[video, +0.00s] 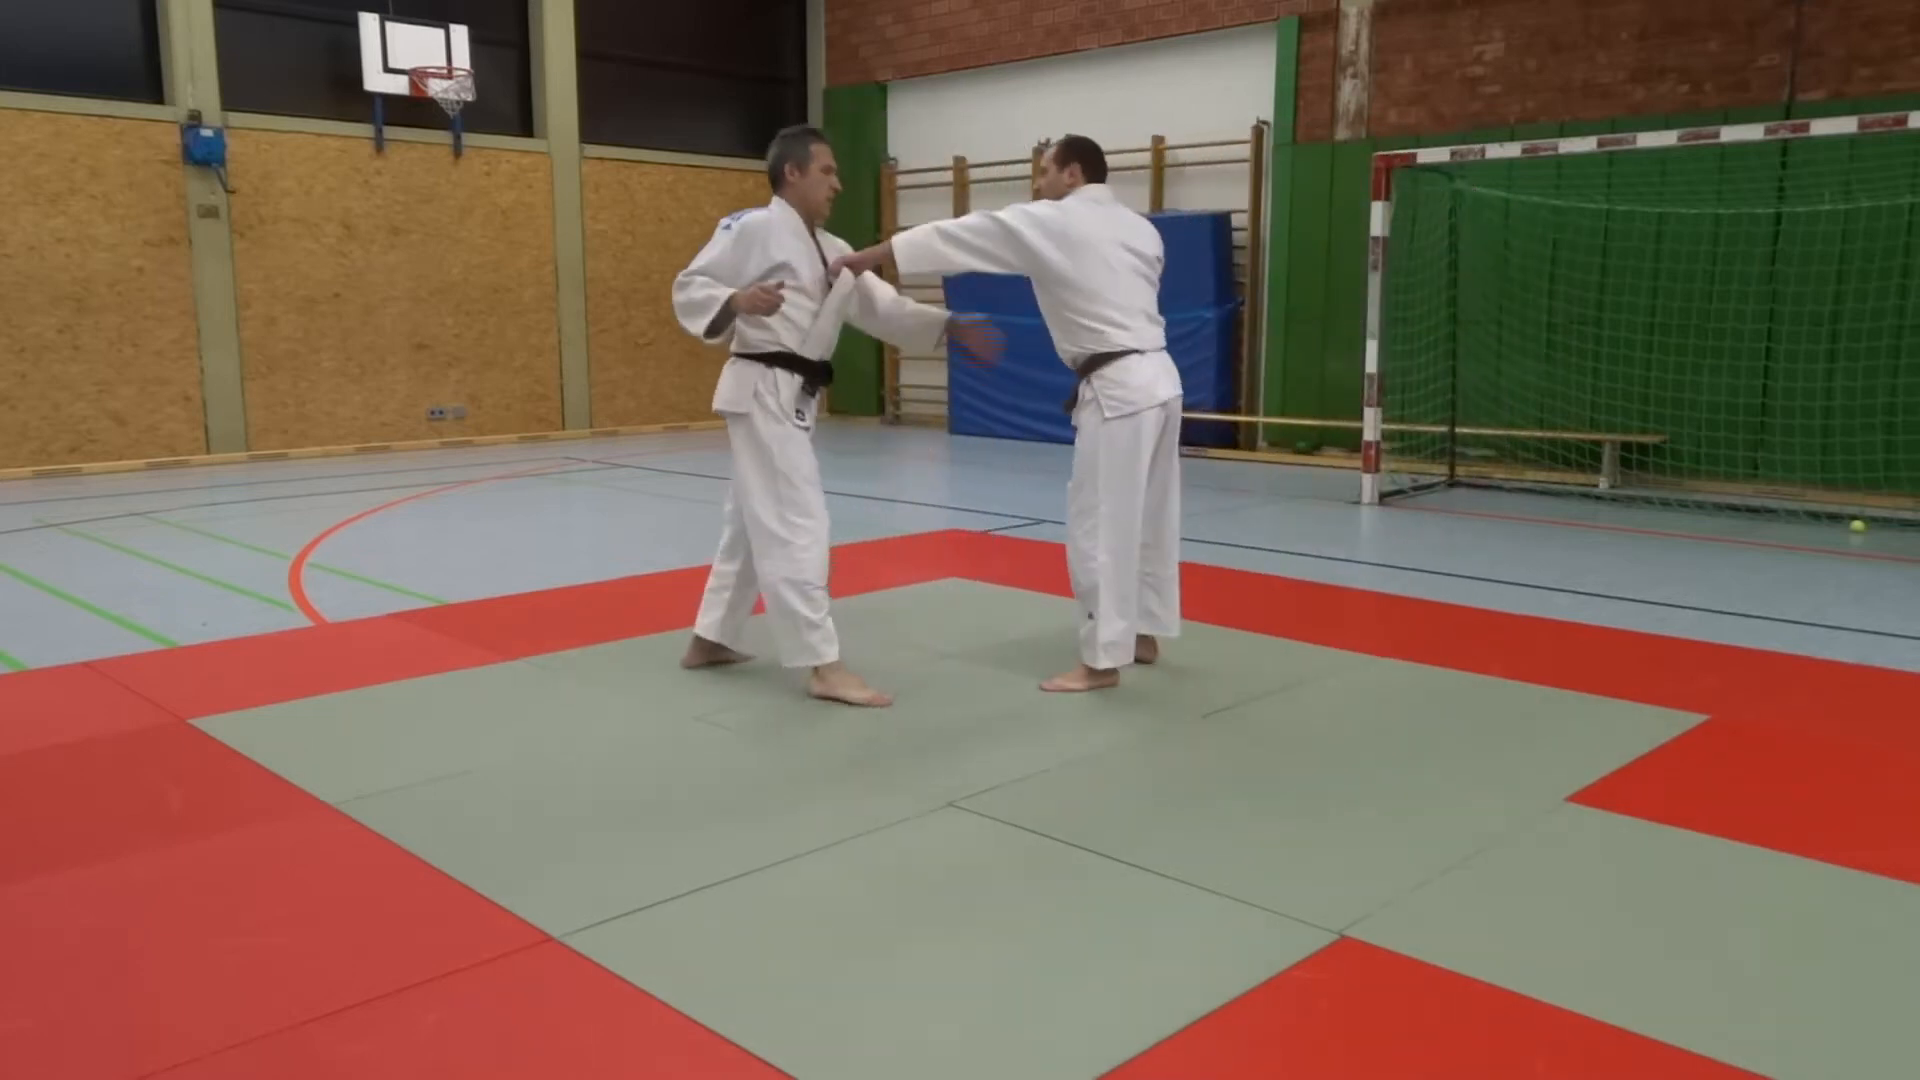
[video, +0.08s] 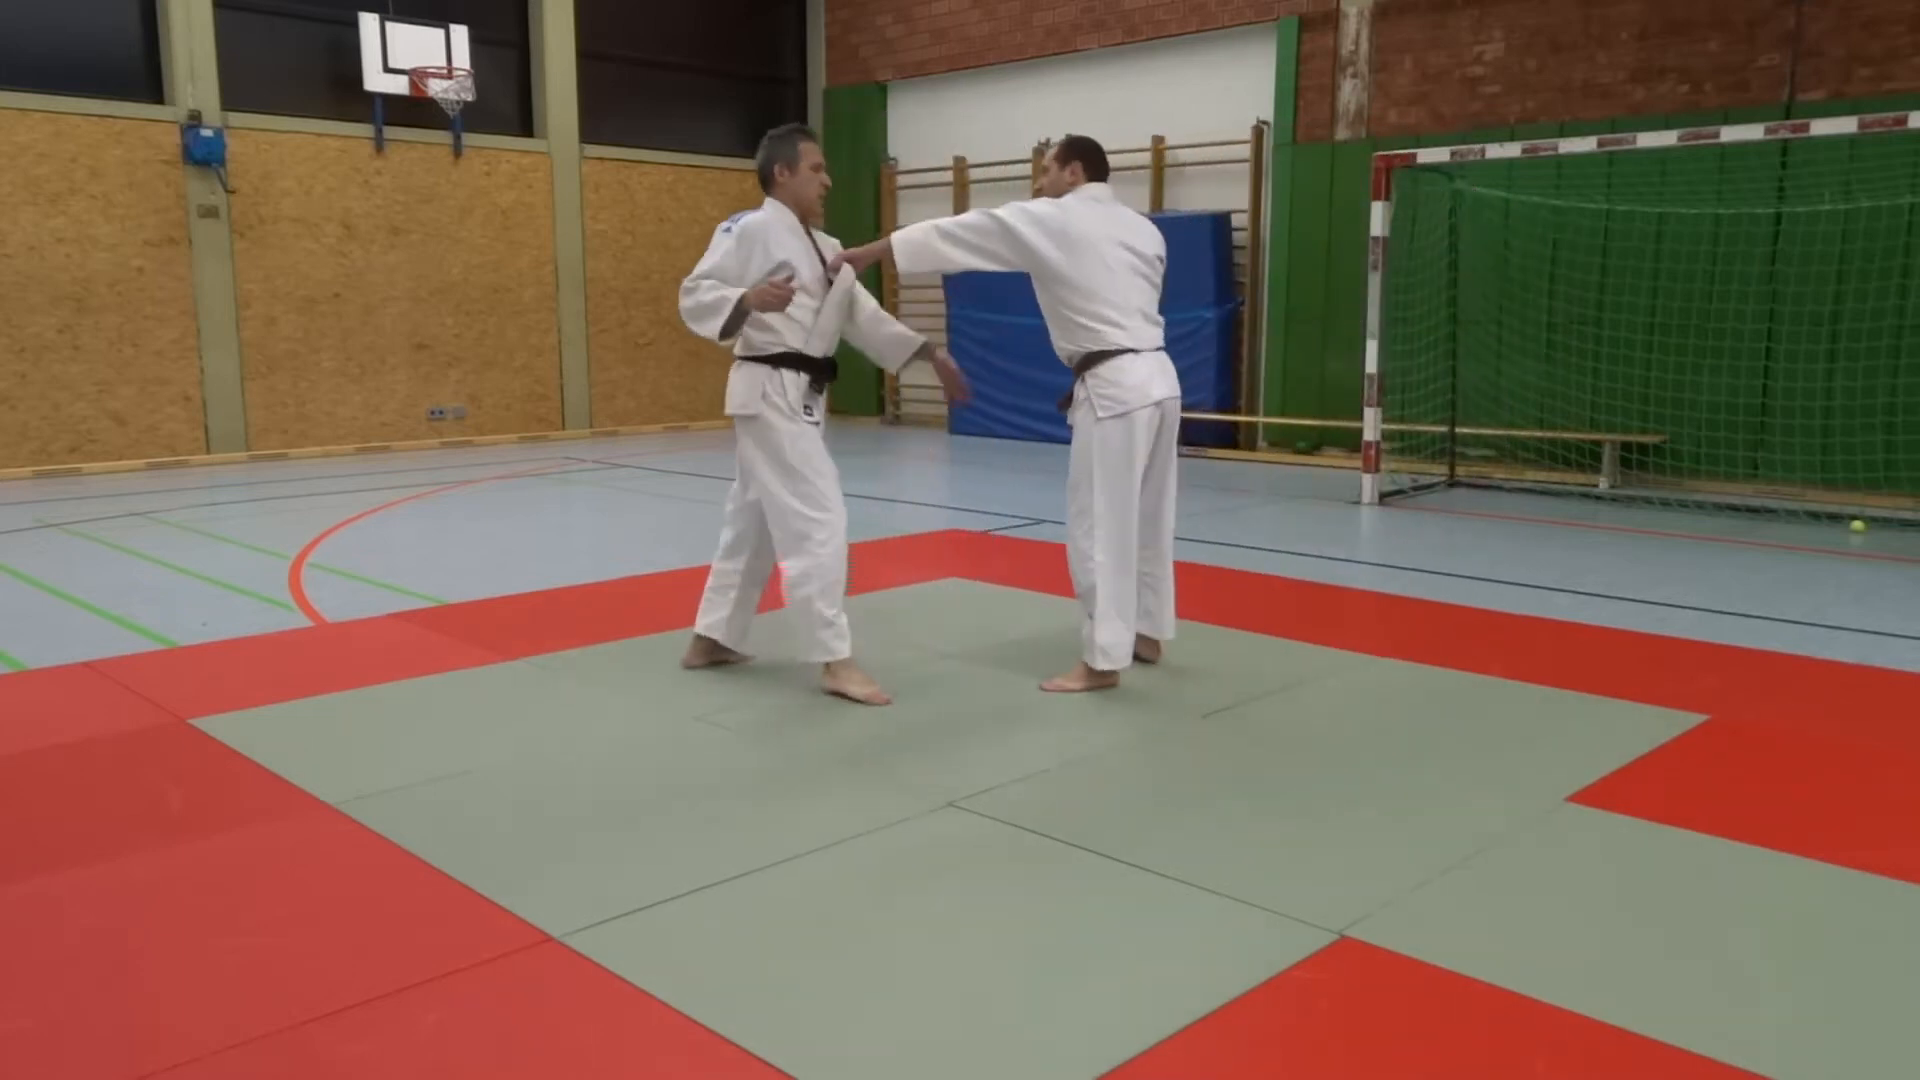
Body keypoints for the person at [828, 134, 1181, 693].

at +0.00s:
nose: (1037, 185)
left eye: (1042, 175)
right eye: (1038, 175)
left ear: (1073, 173)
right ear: (1091, 176)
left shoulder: (1051, 220)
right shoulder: (1139, 226)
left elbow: (958, 235)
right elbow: (1137, 305)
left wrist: (869, 256)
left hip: (1117, 387)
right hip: (1162, 381)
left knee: (1096, 521)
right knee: (1150, 517)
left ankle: (1101, 661)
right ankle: (1143, 635)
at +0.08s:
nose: (1039, 184)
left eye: (1044, 173)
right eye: (1041, 174)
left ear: (1073, 171)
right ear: (1095, 174)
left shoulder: (1051, 216)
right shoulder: (1143, 227)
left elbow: (957, 231)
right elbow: (1136, 314)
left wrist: (868, 252)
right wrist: (1085, 379)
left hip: (1114, 387)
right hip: (1162, 381)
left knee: (1097, 521)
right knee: (1151, 517)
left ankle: (1102, 661)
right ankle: (1148, 635)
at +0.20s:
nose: (1043, 186)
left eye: (1048, 175)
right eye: (1045, 176)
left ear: (1075, 174)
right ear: (1100, 178)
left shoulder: (1053, 216)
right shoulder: (1144, 230)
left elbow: (956, 226)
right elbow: (1134, 314)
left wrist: (865, 256)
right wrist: (1082, 375)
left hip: (1108, 385)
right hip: (1159, 381)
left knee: (1094, 523)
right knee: (1152, 517)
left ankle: (1101, 662)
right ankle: (1154, 637)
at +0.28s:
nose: (1047, 186)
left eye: (1052, 175)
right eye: (1048, 176)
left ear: (1080, 175)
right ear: (1101, 178)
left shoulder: (1054, 216)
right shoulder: (1143, 232)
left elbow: (967, 222)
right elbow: (1136, 318)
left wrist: (875, 255)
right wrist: (1084, 376)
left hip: (1107, 385)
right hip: (1156, 380)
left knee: (1090, 524)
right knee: (1152, 519)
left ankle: (1098, 662)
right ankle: (1155, 638)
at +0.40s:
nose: (1047, 183)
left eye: (1054, 173)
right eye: (1049, 174)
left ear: (1082, 174)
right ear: (1099, 178)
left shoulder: (1058, 214)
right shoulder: (1133, 230)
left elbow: (982, 222)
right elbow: (1129, 314)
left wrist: (904, 236)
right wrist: (1084, 377)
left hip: (1109, 384)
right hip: (1153, 381)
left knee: (1094, 522)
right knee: (1151, 518)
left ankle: (1096, 660)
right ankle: (1157, 637)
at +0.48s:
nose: (1048, 182)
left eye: (1055, 172)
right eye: (1050, 173)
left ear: (1085, 174)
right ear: (1099, 177)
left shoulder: (1061, 215)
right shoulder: (1131, 228)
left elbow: (978, 225)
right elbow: (1128, 311)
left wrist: (913, 238)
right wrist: (1085, 374)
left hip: (1111, 383)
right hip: (1152, 380)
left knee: (1097, 521)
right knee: (1149, 516)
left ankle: (1101, 657)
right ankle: (1156, 635)